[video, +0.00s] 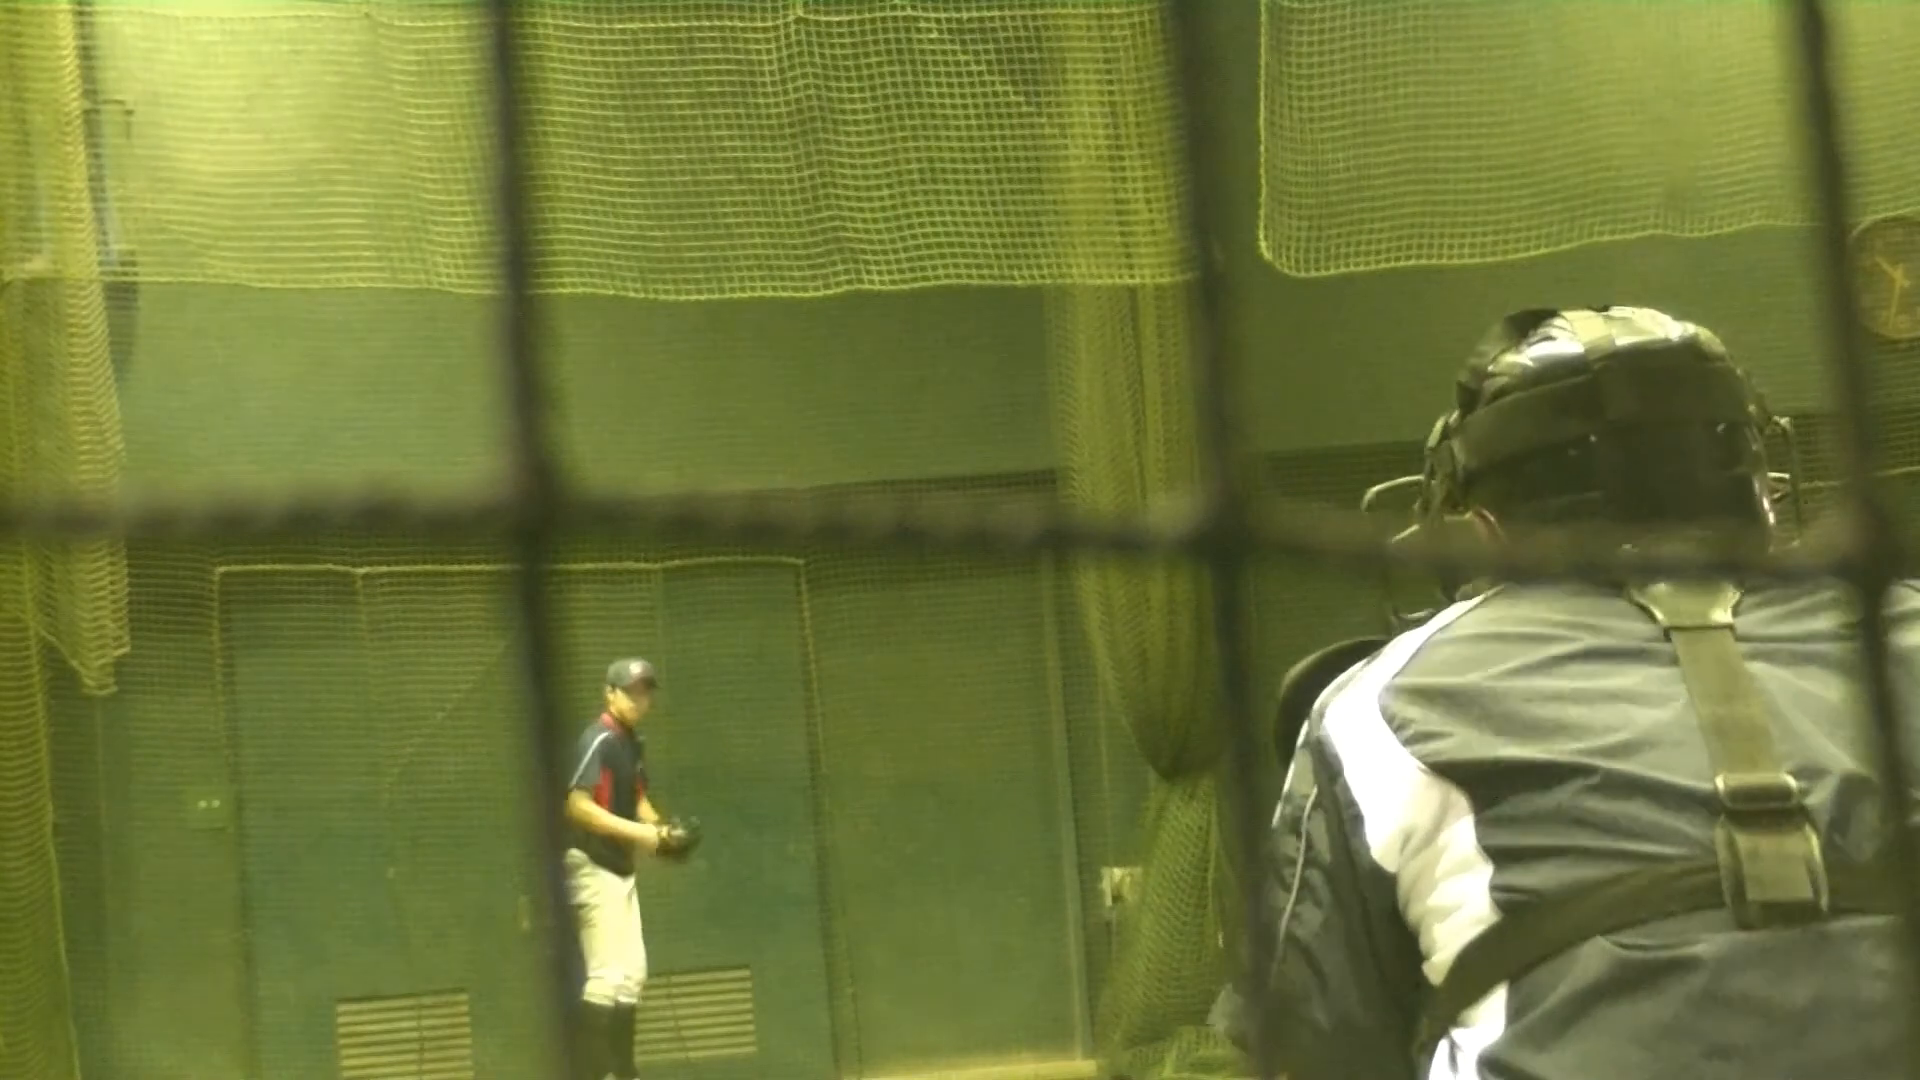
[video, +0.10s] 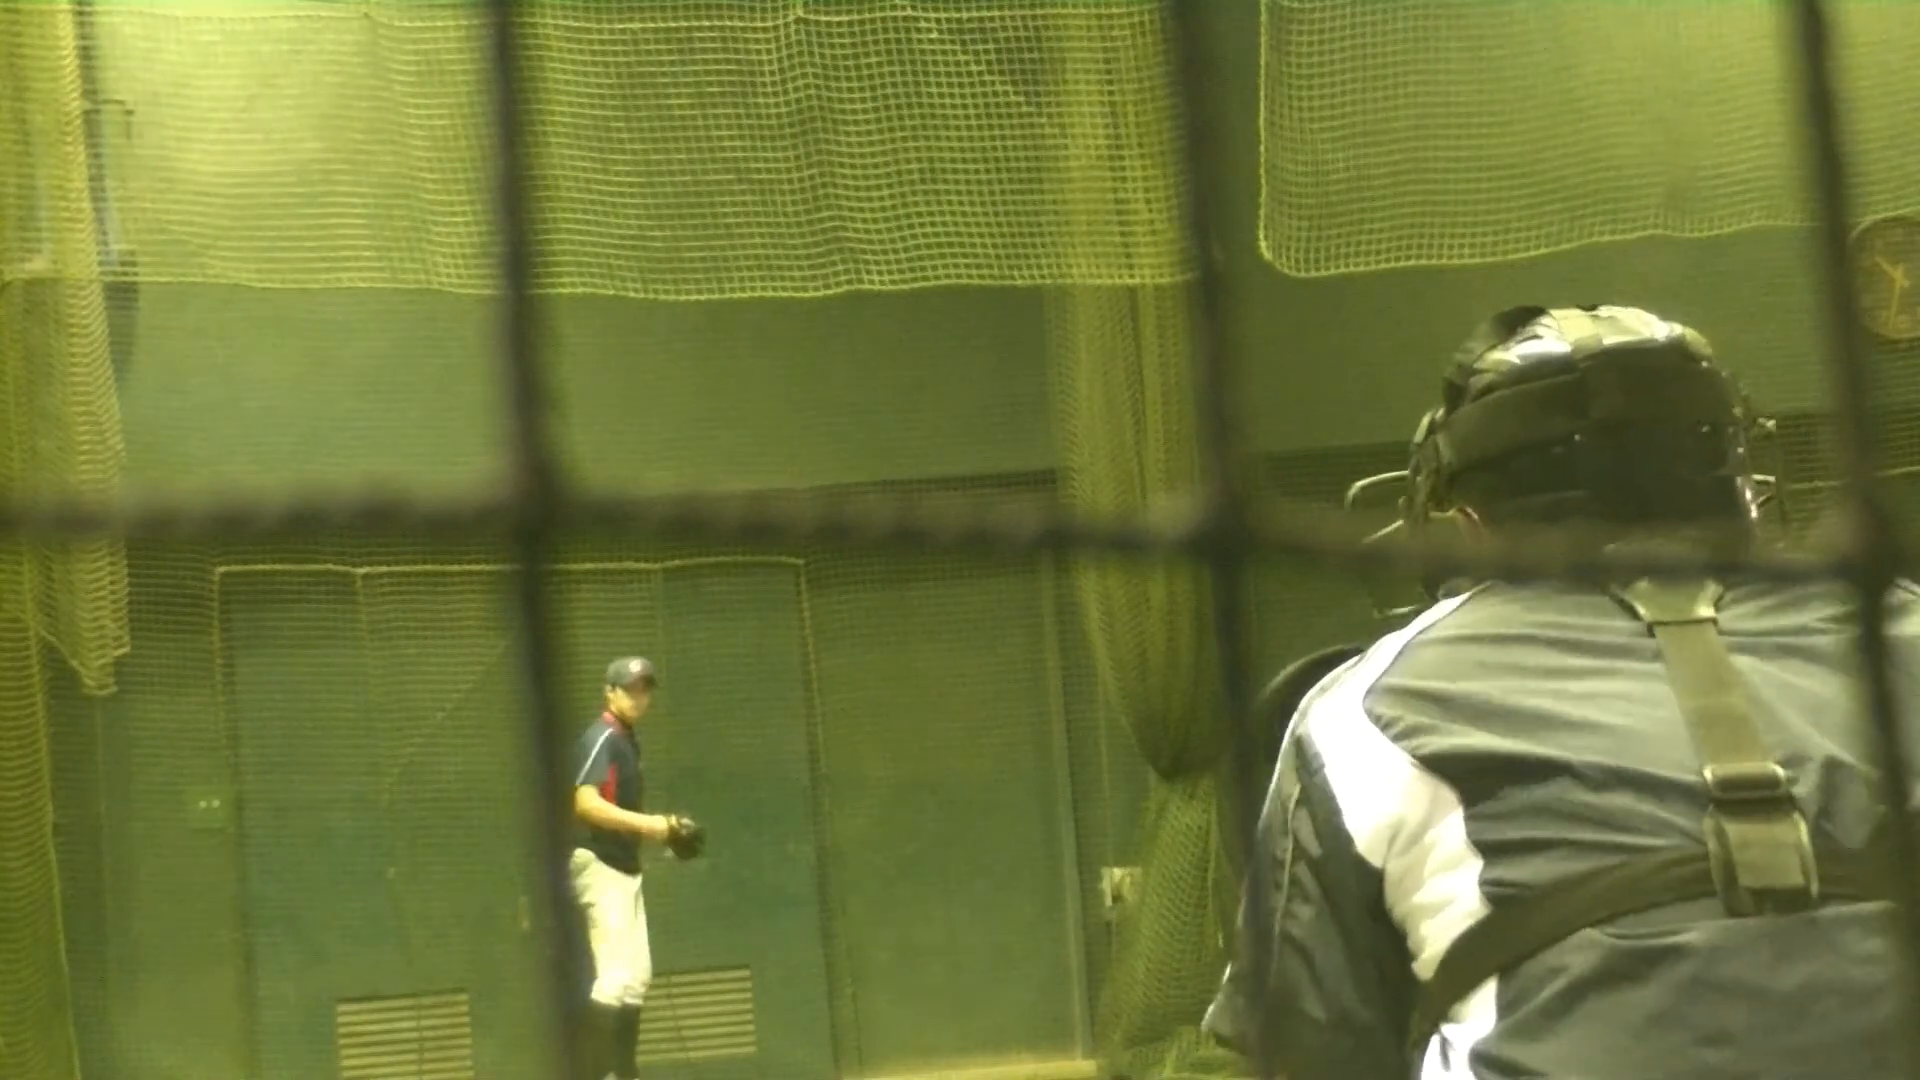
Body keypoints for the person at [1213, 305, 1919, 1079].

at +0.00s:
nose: (1432, 551)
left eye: (1442, 529)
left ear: (1486, 533)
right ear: (1760, 499)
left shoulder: (1372, 710)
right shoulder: (1895, 622)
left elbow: (1311, 1044)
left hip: (1592, 1033)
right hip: (1889, 1023)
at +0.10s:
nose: (1422, 547)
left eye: (1429, 526)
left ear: (1473, 529)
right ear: (1738, 502)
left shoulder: (1356, 711)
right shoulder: (1894, 622)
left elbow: (1307, 1047)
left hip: (1578, 1033)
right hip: (1885, 1023)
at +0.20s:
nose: (1413, 556)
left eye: (1417, 539)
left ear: (1451, 539)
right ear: (1724, 507)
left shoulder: (1340, 730)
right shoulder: (1892, 628)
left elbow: (1298, 1052)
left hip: (1581, 1033)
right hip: (1888, 1022)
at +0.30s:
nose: (1405, 556)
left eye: (1412, 533)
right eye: (1402, 536)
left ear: (1445, 537)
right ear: (1706, 504)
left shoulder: (1330, 729)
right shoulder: (1877, 626)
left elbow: (1283, 1052)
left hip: (1583, 1024)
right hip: (1885, 1005)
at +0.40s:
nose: (1393, 555)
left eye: (1396, 531)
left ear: (1430, 534)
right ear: (1707, 504)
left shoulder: (1323, 720)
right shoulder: (1881, 631)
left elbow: (1271, 1050)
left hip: (1579, 1020)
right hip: (1884, 1004)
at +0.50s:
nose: (1392, 540)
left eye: (1396, 517)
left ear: (1434, 526)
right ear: (1709, 492)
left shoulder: (1322, 713)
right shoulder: (1886, 625)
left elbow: (1272, 1052)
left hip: (1573, 1024)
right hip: (1886, 1011)